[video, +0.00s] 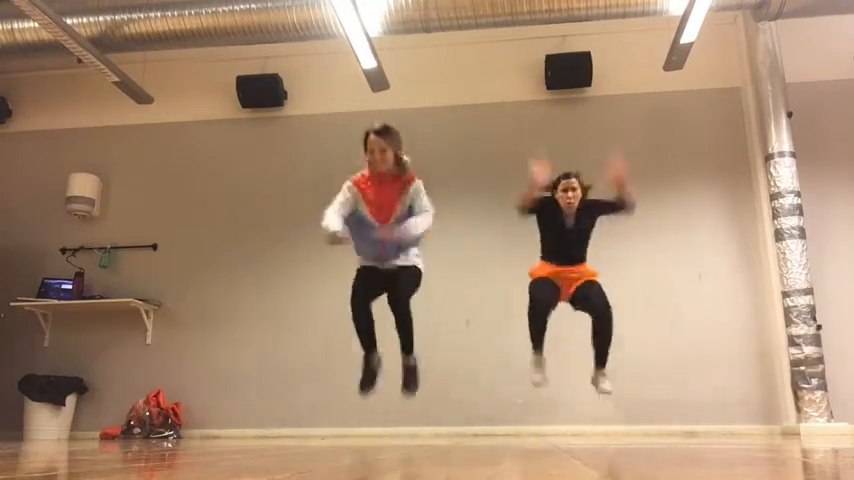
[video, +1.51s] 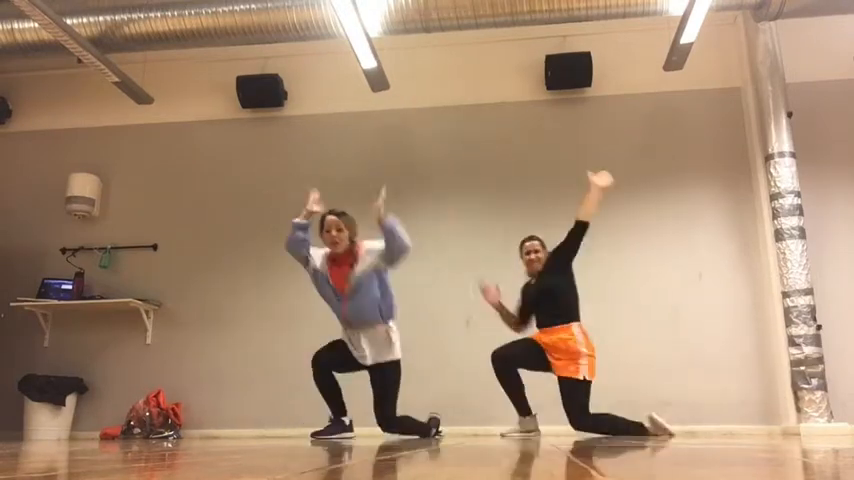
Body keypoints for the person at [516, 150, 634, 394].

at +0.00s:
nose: (569, 195)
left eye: (574, 190)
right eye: (564, 190)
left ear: (582, 193)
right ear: (556, 193)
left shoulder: (590, 208)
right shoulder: (545, 206)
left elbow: (625, 206)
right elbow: (523, 207)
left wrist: (621, 184)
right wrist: (534, 189)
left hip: (579, 279)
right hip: (548, 277)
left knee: (602, 310)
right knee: (539, 301)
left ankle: (600, 372)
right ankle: (537, 357)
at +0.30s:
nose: (556, 220)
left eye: (561, 215)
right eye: (551, 217)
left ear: (570, 221)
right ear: (545, 225)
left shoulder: (586, 248)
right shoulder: (538, 247)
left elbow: (610, 279)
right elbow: (545, 254)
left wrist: (633, 302)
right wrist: (553, 212)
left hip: (579, 314)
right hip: (546, 314)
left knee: (592, 362)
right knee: (517, 356)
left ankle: (592, 421)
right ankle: (523, 406)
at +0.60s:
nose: (554, 262)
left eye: (558, 258)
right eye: (549, 258)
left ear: (567, 262)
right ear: (542, 264)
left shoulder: (580, 292)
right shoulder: (534, 288)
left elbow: (603, 329)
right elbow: (514, 299)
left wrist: (629, 363)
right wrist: (500, 301)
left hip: (574, 359)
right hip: (543, 362)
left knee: (619, 371)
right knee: (543, 427)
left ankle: (581, 416)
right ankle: (525, 425)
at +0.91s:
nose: (551, 268)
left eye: (555, 264)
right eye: (546, 263)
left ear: (560, 266)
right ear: (537, 268)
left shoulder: (566, 282)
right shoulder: (529, 289)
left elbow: (580, 252)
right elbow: (547, 301)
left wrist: (566, 224)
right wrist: (550, 288)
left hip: (574, 356)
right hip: (541, 361)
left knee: (593, 415)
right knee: (535, 429)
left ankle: (619, 405)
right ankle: (530, 424)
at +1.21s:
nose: (566, 260)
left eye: (570, 255)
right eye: (560, 257)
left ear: (578, 259)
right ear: (553, 263)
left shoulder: (594, 287)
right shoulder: (547, 283)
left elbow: (600, 320)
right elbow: (515, 298)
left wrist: (584, 325)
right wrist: (514, 272)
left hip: (580, 359)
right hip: (546, 354)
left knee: (586, 429)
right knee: (530, 409)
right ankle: (498, 413)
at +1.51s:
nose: (533, 254)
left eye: (537, 250)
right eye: (527, 252)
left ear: (546, 254)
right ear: (523, 261)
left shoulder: (558, 262)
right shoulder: (529, 290)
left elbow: (580, 227)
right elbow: (519, 325)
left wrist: (595, 189)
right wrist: (499, 306)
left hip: (573, 347)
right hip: (547, 347)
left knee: (579, 420)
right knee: (501, 357)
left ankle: (648, 431)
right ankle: (527, 422)